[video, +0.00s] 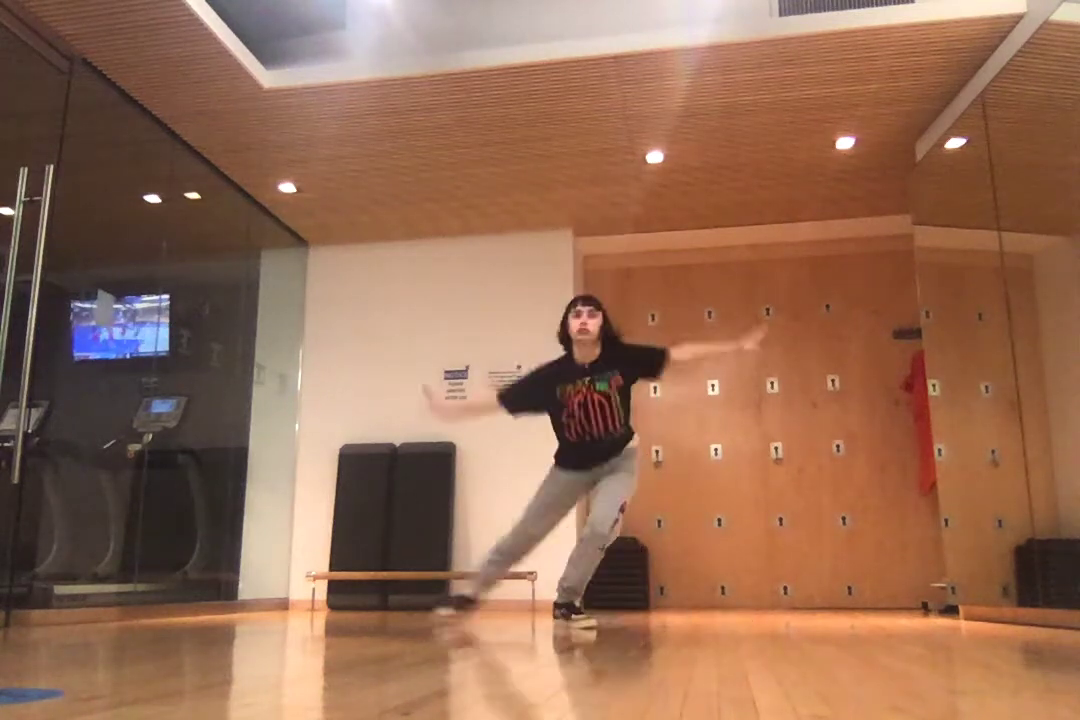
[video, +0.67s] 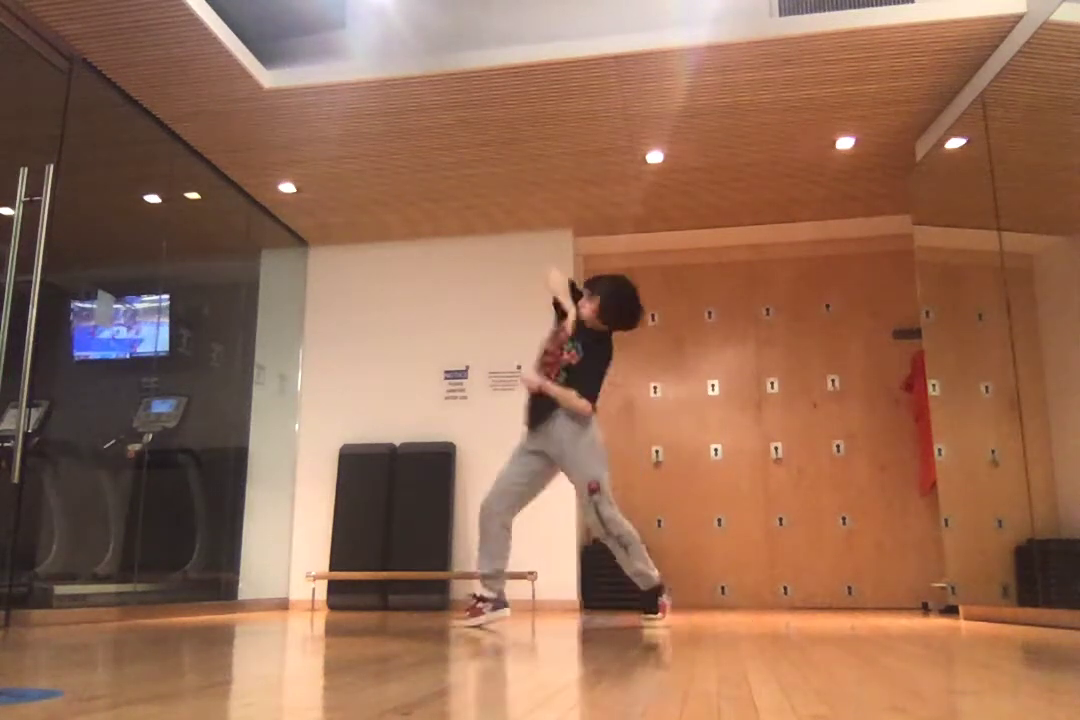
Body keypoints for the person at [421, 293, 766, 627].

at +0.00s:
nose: (583, 322)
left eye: (591, 315)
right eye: (577, 316)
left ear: (603, 325)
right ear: (566, 327)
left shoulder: (624, 358)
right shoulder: (552, 375)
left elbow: (682, 355)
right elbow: (498, 401)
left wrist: (736, 346)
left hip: (617, 461)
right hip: (571, 468)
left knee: (602, 528)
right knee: (527, 531)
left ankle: (567, 601)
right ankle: (472, 593)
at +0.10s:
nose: (582, 315)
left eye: (589, 309)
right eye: (575, 310)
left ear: (601, 317)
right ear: (565, 320)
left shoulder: (621, 358)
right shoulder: (556, 373)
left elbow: (667, 373)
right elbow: (524, 420)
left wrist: (709, 372)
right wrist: (493, 452)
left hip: (618, 459)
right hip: (574, 467)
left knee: (599, 528)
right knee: (563, 535)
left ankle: (568, 599)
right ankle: (569, 593)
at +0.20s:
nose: (582, 304)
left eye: (590, 298)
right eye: (575, 299)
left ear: (602, 306)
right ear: (567, 308)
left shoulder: (617, 348)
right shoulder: (559, 361)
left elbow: (643, 388)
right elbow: (560, 422)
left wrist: (669, 401)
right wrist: (554, 470)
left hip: (622, 444)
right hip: (582, 455)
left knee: (598, 517)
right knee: (601, 527)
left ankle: (577, 598)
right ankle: (648, 587)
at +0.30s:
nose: (585, 305)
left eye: (592, 298)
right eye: (579, 299)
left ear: (605, 304)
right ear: (570, 308)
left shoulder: (622, 348)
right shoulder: (562, 352)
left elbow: (643, 395)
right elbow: (566, 410)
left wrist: (680, 423)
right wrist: (598, 442)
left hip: (626, 438)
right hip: (587, 445)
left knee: (602, 505)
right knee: (627, 520)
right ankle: (676, 588)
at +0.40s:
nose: (587, 305)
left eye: (594, 298)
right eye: (581, 299)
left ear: (608, 304)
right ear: (574, 306)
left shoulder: (626, 348)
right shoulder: (564, 344)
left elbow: (671, 383)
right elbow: (546, 393)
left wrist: (648, 418)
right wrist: (583, 399)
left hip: (621, 445)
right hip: (585, 452)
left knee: (620, 531)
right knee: (589, 545)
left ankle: (660, 596)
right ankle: (651, 579)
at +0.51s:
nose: (584, 311)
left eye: (592, 304)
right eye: (579, 306)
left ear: (608, 309)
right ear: (574, 313)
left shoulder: (619, 356)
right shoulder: (570, 339)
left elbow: (637, 419)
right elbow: (532, 355)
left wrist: (586, 425)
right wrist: (570, 366)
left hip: (617, 449)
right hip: (584, 451)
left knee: (609, 532)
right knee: (530, 507)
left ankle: (662, 598)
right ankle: (561, 585)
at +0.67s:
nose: (586, 307)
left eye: (593, 309)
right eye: (590, 301)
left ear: (603, 320)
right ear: (589, 297)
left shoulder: (598, 345)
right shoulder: (574, 312)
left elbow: (585, 404)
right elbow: (556, 276)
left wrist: (544, 385)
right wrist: (566, 312)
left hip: (573, 430)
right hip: (540, 433)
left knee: (602, 513)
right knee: (495, 508)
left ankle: (653, 589)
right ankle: (491, 596)